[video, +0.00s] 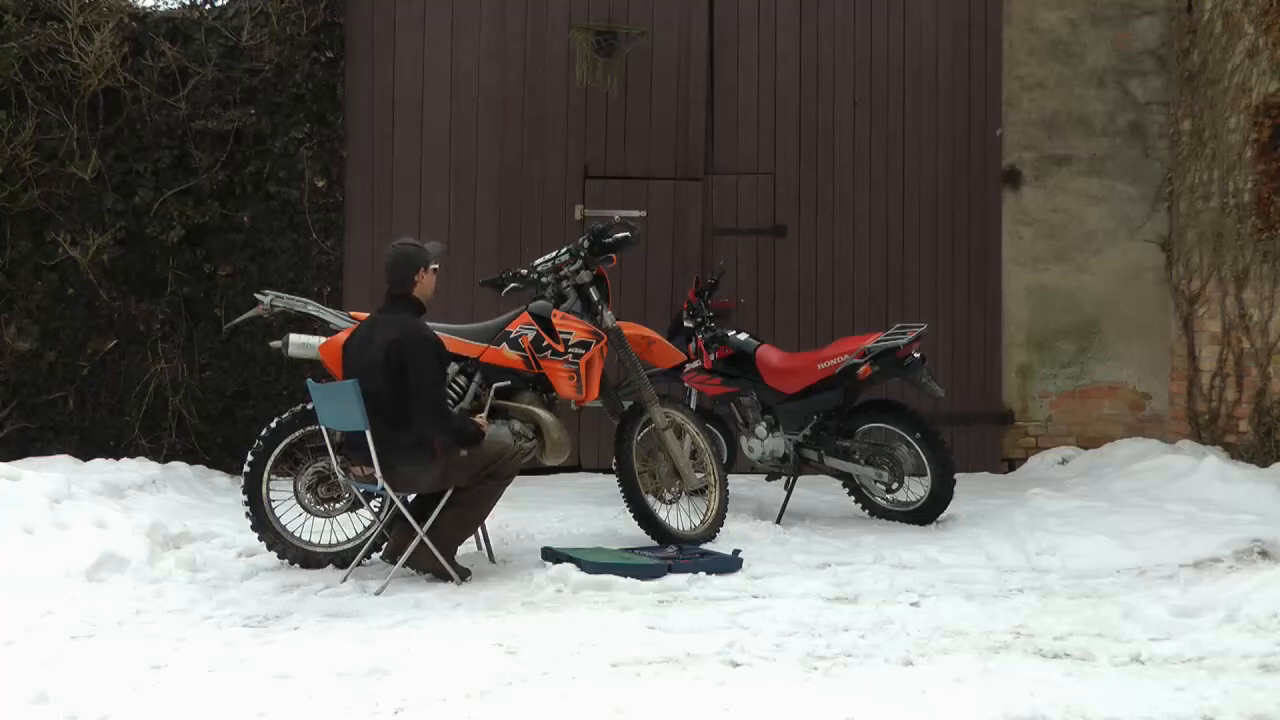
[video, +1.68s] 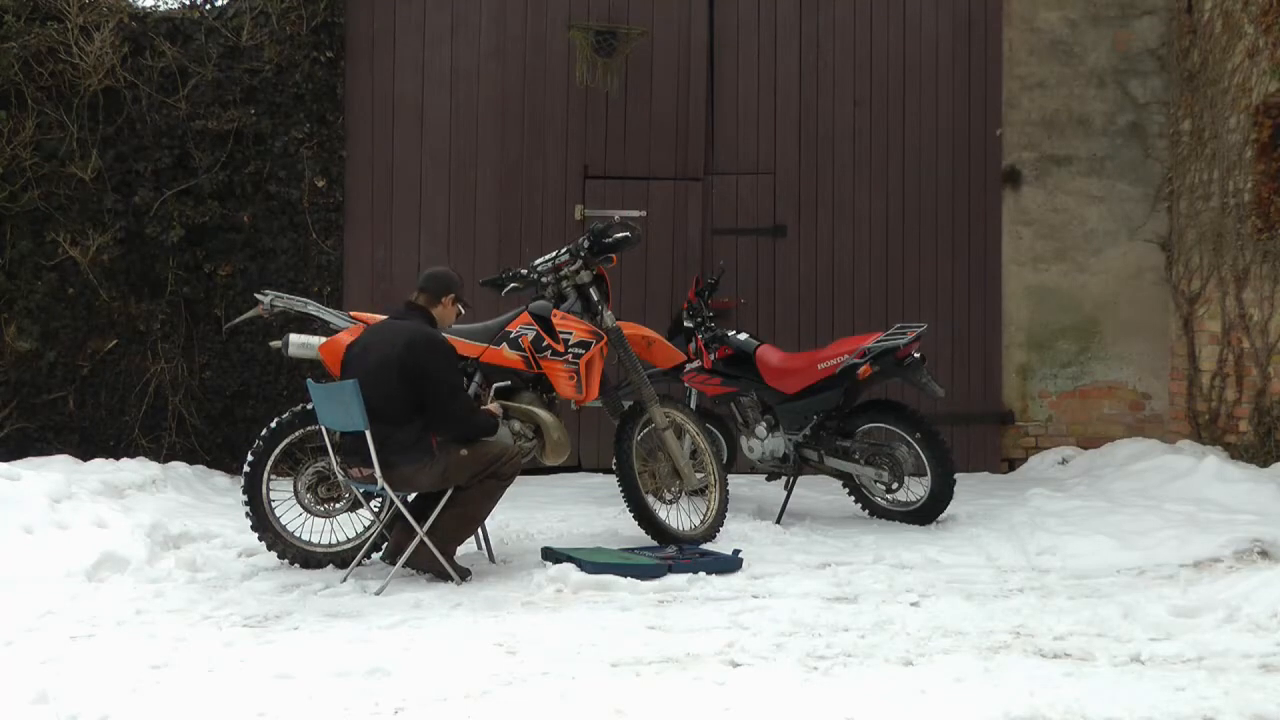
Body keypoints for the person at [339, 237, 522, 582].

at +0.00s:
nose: (435, 277)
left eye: (434, 270)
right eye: (433, 271)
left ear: (394, 279)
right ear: (419, 278)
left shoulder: (362, 333)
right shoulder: (420, 338)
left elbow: (364, 406)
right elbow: (433, 417)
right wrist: (473, 430)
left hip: (376, 462)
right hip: (409, 466)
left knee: (471, 451)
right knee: (504, 454)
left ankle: (405, 537)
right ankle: (435, 548)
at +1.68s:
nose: (456, 315)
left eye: (458, 308)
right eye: (456, 306)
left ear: (417, 297)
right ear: (445, 302)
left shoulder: (372, 333)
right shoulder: (432, 345)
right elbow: (460, 425)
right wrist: (490, 417)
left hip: (359, 457)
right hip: (401, 465)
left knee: (460, 455)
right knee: (507, 456)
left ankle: (403, 543)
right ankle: (434, 550)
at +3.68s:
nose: (478, 336)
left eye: (481, 329)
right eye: (479, 327)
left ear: (442, 314)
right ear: (469, 321)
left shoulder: (392, 337)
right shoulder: (454, 353)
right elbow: (480, 431)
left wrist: (434, 424)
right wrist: (497, 436)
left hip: (357, 456)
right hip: (401, 463)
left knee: (465, 454)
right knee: (507, 462)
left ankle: (403, 543)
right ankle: (435, 551)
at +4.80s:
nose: (492, 345)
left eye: (495, 339)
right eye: (494, 337)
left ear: (459, 317)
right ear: (484, 329)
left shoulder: (405, 337)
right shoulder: (461, 356)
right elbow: (494, 428)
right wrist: (514, 417)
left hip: (358, 454)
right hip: (401, 461)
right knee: (509, 463)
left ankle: (402, 543)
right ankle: (435, 551)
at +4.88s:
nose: (492, 345)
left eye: (495, 339)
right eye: (494, 337)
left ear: (459, 317)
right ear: (484, 329)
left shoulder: (406, 337)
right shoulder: (462, 357)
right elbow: (495, 431)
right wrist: (514, 420)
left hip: (358, 454)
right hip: (401, 461)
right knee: (508, 464)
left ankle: (402, 543)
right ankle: (435, 551)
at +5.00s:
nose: (492, 345)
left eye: (495, 339)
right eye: (494, 338)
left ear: (459, 317)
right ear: (484, 329)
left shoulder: (405, 337)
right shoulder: (461, 357)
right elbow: (493, 429)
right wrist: (514, 420)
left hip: (357, 456)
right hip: (401, 461)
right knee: (508, 464)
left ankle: (402, 543)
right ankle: (435, 551)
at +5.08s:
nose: (492, 345)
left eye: (495, 339)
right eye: (493, 337)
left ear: (459, 317)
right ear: (483, 329)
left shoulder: (404, 337)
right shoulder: (461, 357)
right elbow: (486, 424)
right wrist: (516, 421)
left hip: (357, 456)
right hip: (400, 461)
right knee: (508, 464)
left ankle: (402, 543)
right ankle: (435, 550)